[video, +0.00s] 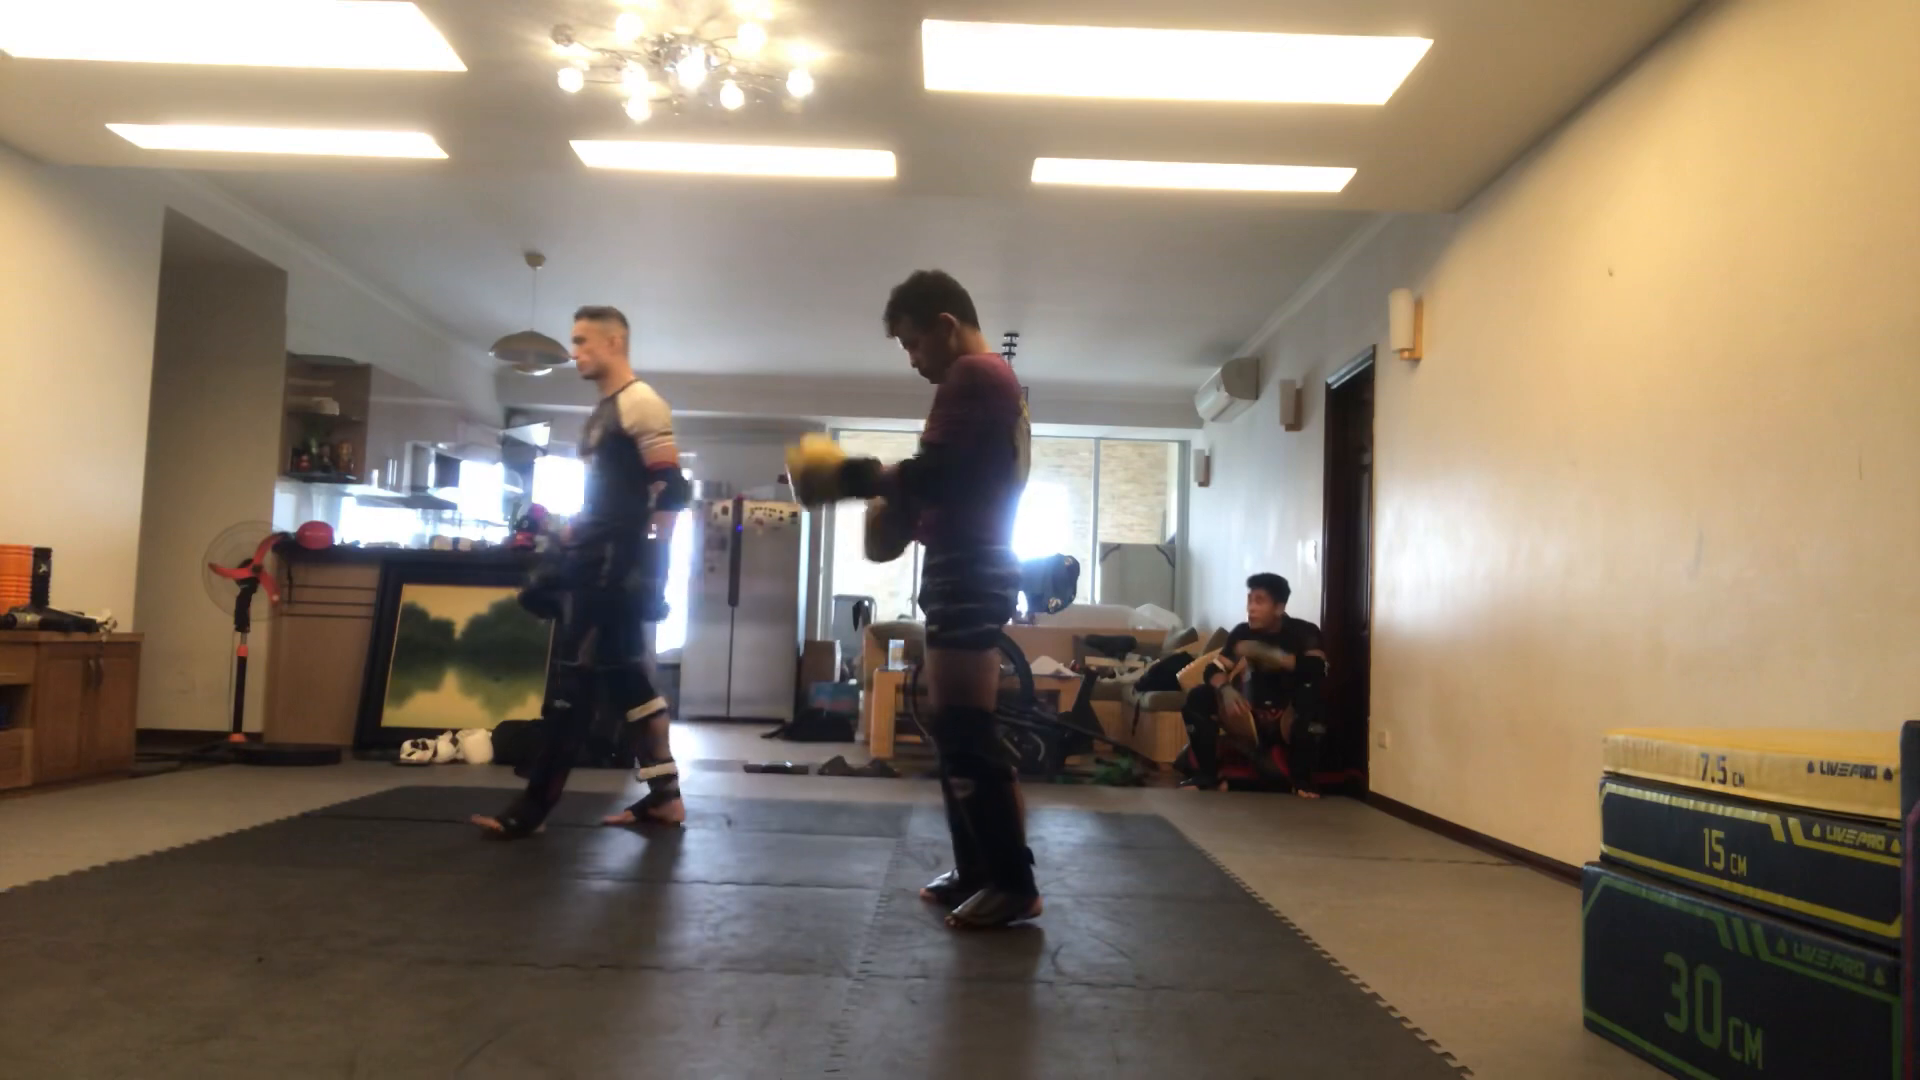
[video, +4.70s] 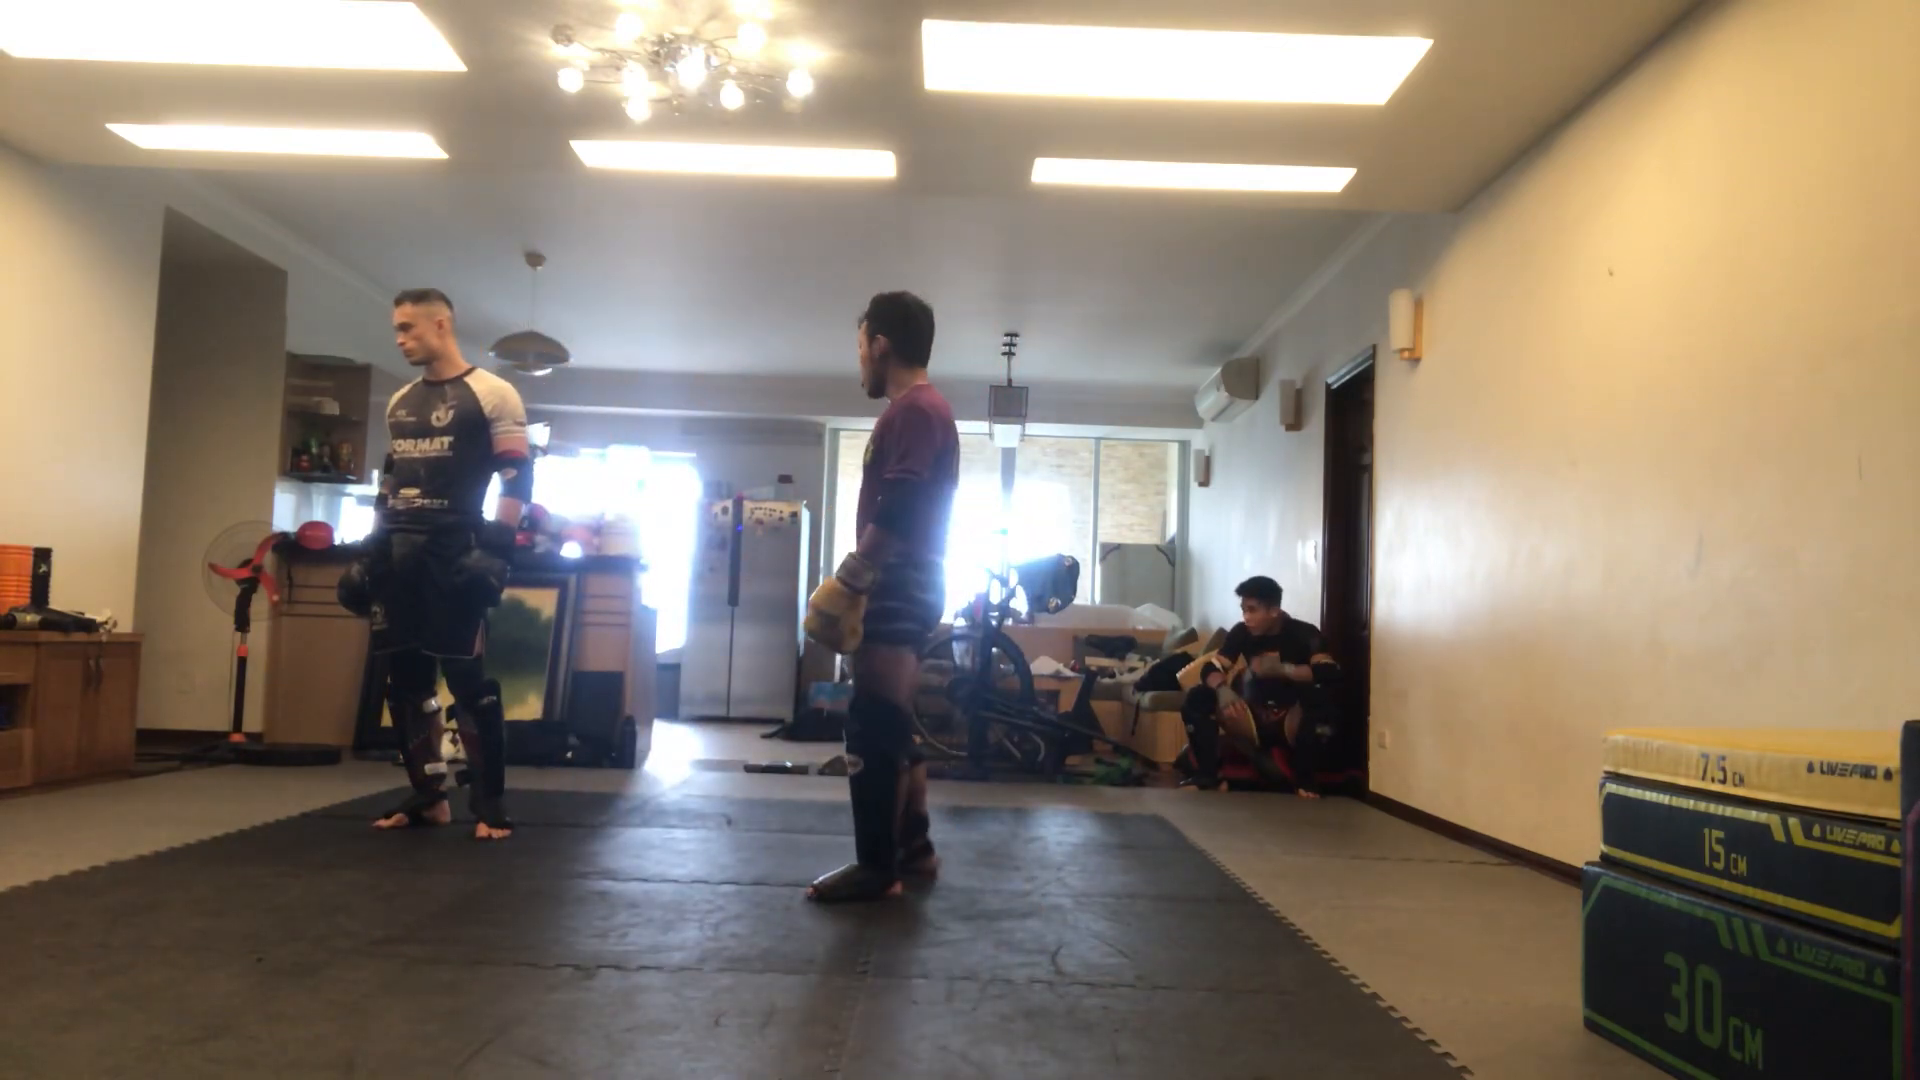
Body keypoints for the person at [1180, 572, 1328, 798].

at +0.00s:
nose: (1250, 608)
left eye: (1259, 601)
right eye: (1250, 601)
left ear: (1279, 607)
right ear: (1247, 602)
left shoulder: (1304, 632)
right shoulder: (1241, 634)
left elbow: (1317, 668)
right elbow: (1215, 671)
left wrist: (1276, 658)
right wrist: (1226, 690)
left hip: (1287, 720)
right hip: (1245, 720)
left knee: (1311, 697)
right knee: (1198, 698)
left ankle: (1303, 781)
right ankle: (1207, 776)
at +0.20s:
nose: (1255, 605)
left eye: (1264, 599)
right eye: (1254, 598)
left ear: (1283, 604)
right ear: (1251, 599)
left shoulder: (1305, 631)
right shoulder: (1244, 632)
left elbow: (1312, 669)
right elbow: (1216, 669)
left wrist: (1269, 690)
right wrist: (1220, 684)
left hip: (1287, 719)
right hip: (1247, 718)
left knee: (1310, 698)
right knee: (1199, 697)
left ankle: (1302, 781)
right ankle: (1207, 777)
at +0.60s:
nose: (1280, 614)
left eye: (1286, 606)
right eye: (1273, 606)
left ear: (1294, 605)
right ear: (1258, 606)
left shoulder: (1307, 632)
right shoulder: (1246, 632)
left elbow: (1298, 677)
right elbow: (1218, 670)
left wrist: (1264, 707)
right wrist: (1242, 675)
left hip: (1288, 703)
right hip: (1244, 700)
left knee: (1311, 712)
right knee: (1199, 698)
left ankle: (1302, 781)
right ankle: (1208, 776)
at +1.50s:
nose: (1271, 605)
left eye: (1279, 598)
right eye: (1266, 598)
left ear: (1294, 601)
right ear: (1260, 601)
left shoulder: (1311, 630)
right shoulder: (1251, 630)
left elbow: (1305, 667)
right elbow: (1225, 665)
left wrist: (1273, 692)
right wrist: (1265, 669)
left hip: (1292, 716)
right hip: (1249, 717)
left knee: (1318, 696)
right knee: (1199, 696)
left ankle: (1304, 780)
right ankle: (1207, 775)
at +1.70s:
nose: (1268, 604)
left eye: (1276, 598)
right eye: (1264, 598)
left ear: (1294, 601)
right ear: (1259, 600)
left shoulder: (1311, 630)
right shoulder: (1251, 632)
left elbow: (1325, 661)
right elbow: (1214, 663)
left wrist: (1274, 679)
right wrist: (1238, 679)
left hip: (1292, 716)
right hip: (1249, 716)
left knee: (1316, 697)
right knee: (1200, 697)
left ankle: (1304, 781)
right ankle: (1208, 776)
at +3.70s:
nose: (1250, 613)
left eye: (1257, 608)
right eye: (1248, 606)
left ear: (1279, 611)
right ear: (1245, 604)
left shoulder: (1302, 630)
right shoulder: (1242, 632)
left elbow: (1324, 668)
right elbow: (1212, 668)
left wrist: (1277, 691)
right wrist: (1223, 690)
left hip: (1292, 715)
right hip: (1253, 713)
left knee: (1316, 703)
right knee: (1198, 698)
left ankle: (1306, 782)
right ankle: (1208, 776)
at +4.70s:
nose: (1245, 617)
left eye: (1251, 610)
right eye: (1243, 610)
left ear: (1274, 610)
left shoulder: (1304, 633)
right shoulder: (1242, 633)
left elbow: (1330, 671)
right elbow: (1211, 668)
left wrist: (1281, 669)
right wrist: (1223, 691)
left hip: (1292, 720)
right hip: (1250, 719)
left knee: (1320, 704)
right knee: (1198, 698)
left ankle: (1306, 781)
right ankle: (1208, 777)